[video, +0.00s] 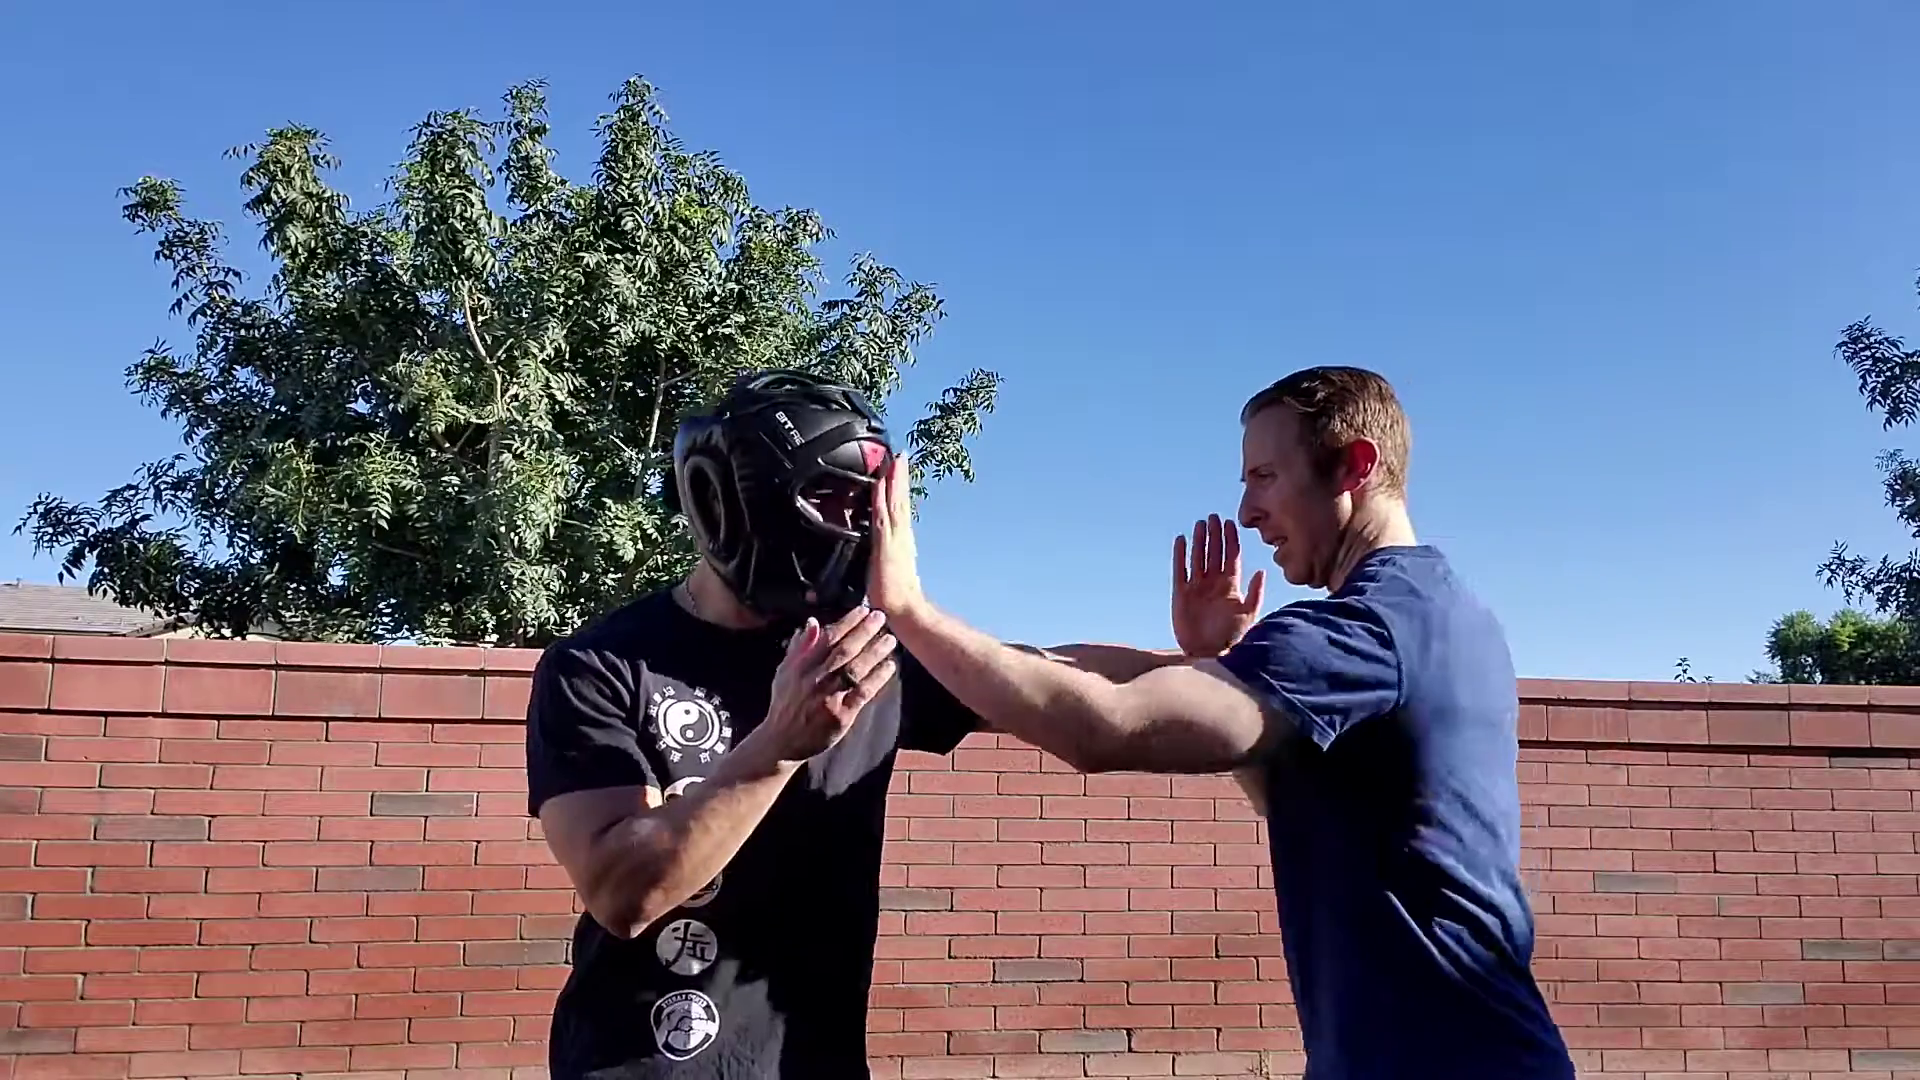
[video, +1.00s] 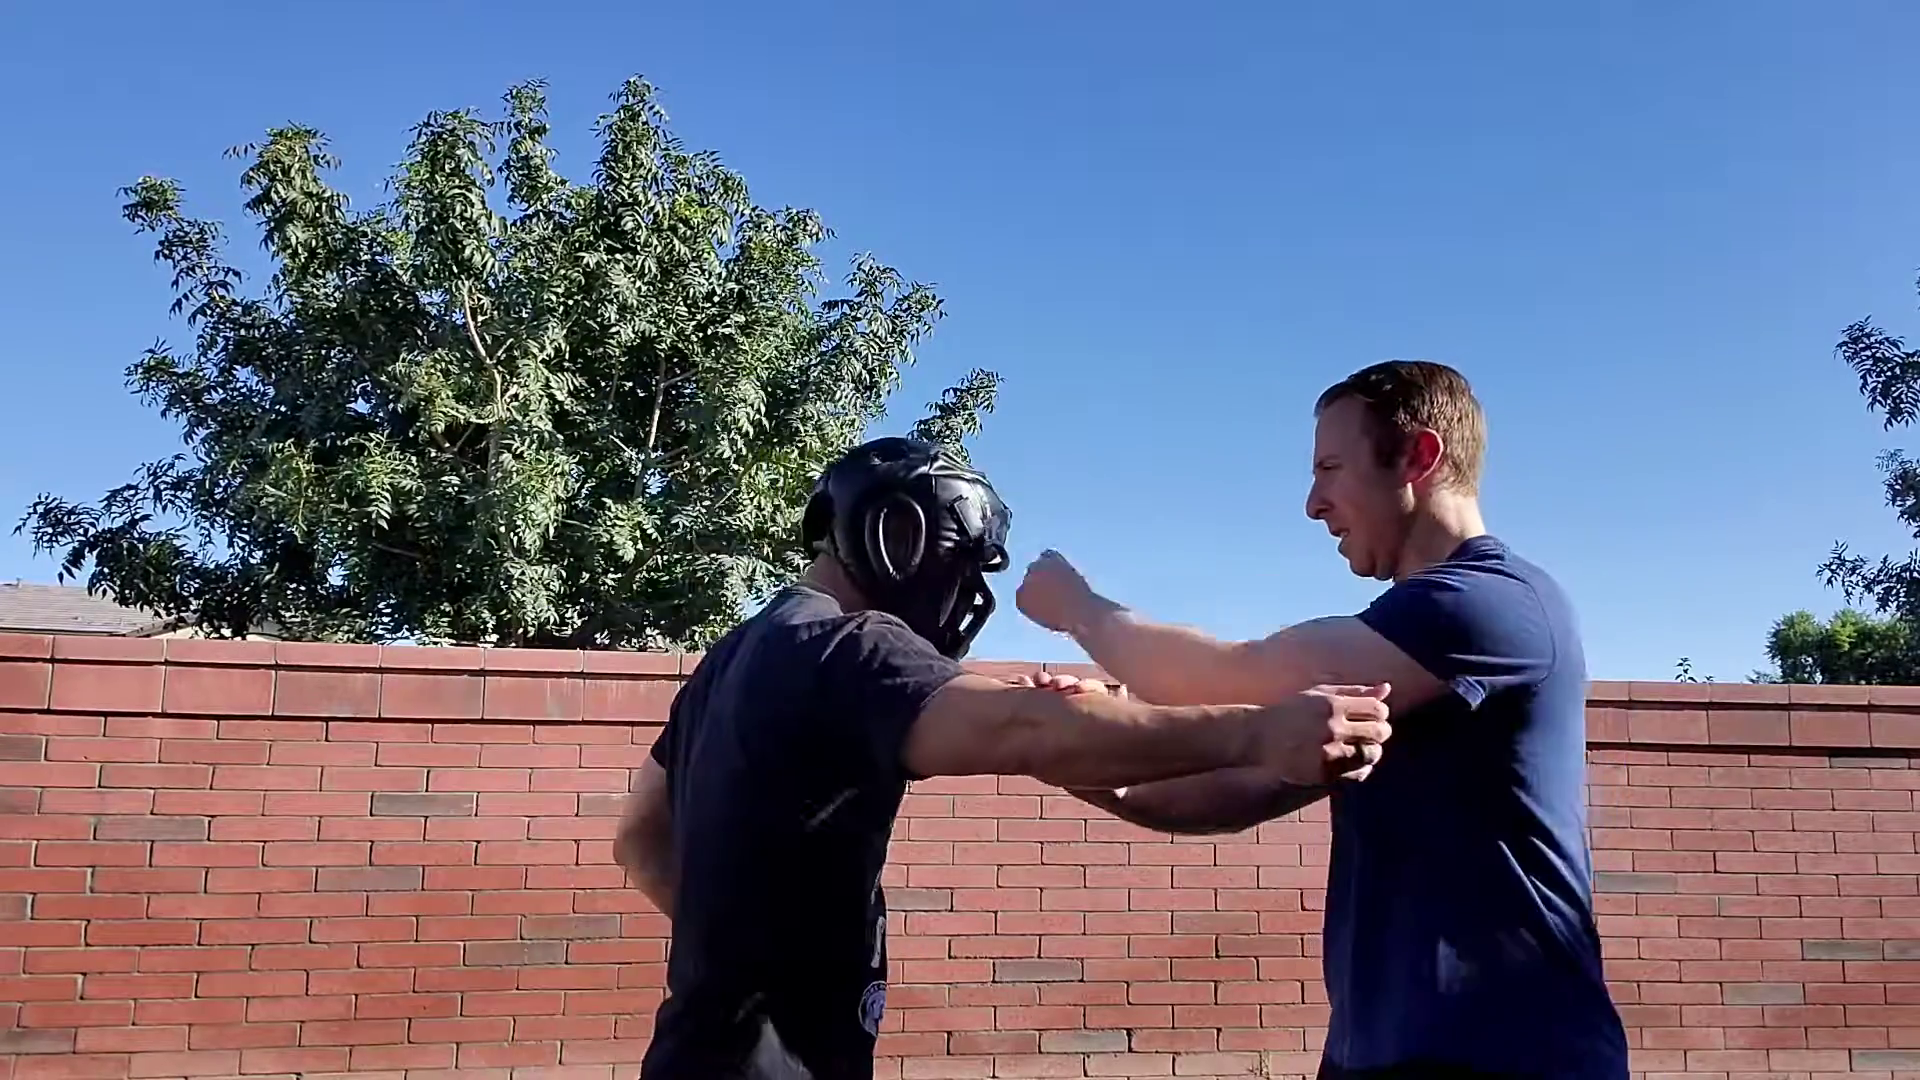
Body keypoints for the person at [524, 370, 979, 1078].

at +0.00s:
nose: (862, 530)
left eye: (869, 503)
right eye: (836, 501)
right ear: (748, 506)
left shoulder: (870, 659)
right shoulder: (595, 668)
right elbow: (623, 894)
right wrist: (780, 741)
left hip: (813, 1057)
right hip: (633, 1059)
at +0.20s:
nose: (859, 544)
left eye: (869, 519)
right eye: (839, 516)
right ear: (761, 512)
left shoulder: (865, 659)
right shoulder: (593, 668)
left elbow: (1050, 703)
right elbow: (570, 898)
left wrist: (916, 626)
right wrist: (754, 783)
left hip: (799, 1053)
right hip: (621, 1058)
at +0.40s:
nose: (809, 548)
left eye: (821, 523)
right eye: (787, 517)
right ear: (692, 505)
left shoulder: (795, 676)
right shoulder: (522, 682)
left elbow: (968, 720)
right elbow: (410, 899)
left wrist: (1114, 704)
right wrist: (584, 937)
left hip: (726, 1061)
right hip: (555, 1063)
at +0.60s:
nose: (907, 567)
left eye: (910, 543)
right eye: (893, 535)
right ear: (792, 520)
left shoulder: (807, 670)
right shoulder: (675, 651)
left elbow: (846, 860)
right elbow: (656, 798)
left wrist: (982, 817)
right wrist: (820, 692)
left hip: (780, 1045)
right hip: (661, 1049)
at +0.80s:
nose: (960, 588)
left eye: (962, 565)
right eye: (947, 563)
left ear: (844, 542)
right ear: (879, 545)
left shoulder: (739, 657)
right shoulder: (827, 650)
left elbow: (660, 850)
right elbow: (1035, 718)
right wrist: (1226, 675)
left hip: (696, 1046)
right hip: (786, 1054)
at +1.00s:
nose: (965, 591)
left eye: (968, 566)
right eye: (956, 563)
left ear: (847, 536)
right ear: (903, 543)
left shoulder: (739, 651)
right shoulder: (848, 650)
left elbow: (638, 835)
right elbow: (1043, 727)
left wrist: (738, 930)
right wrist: (1254, 739)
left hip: (701, 1041)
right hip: (792, 1050)